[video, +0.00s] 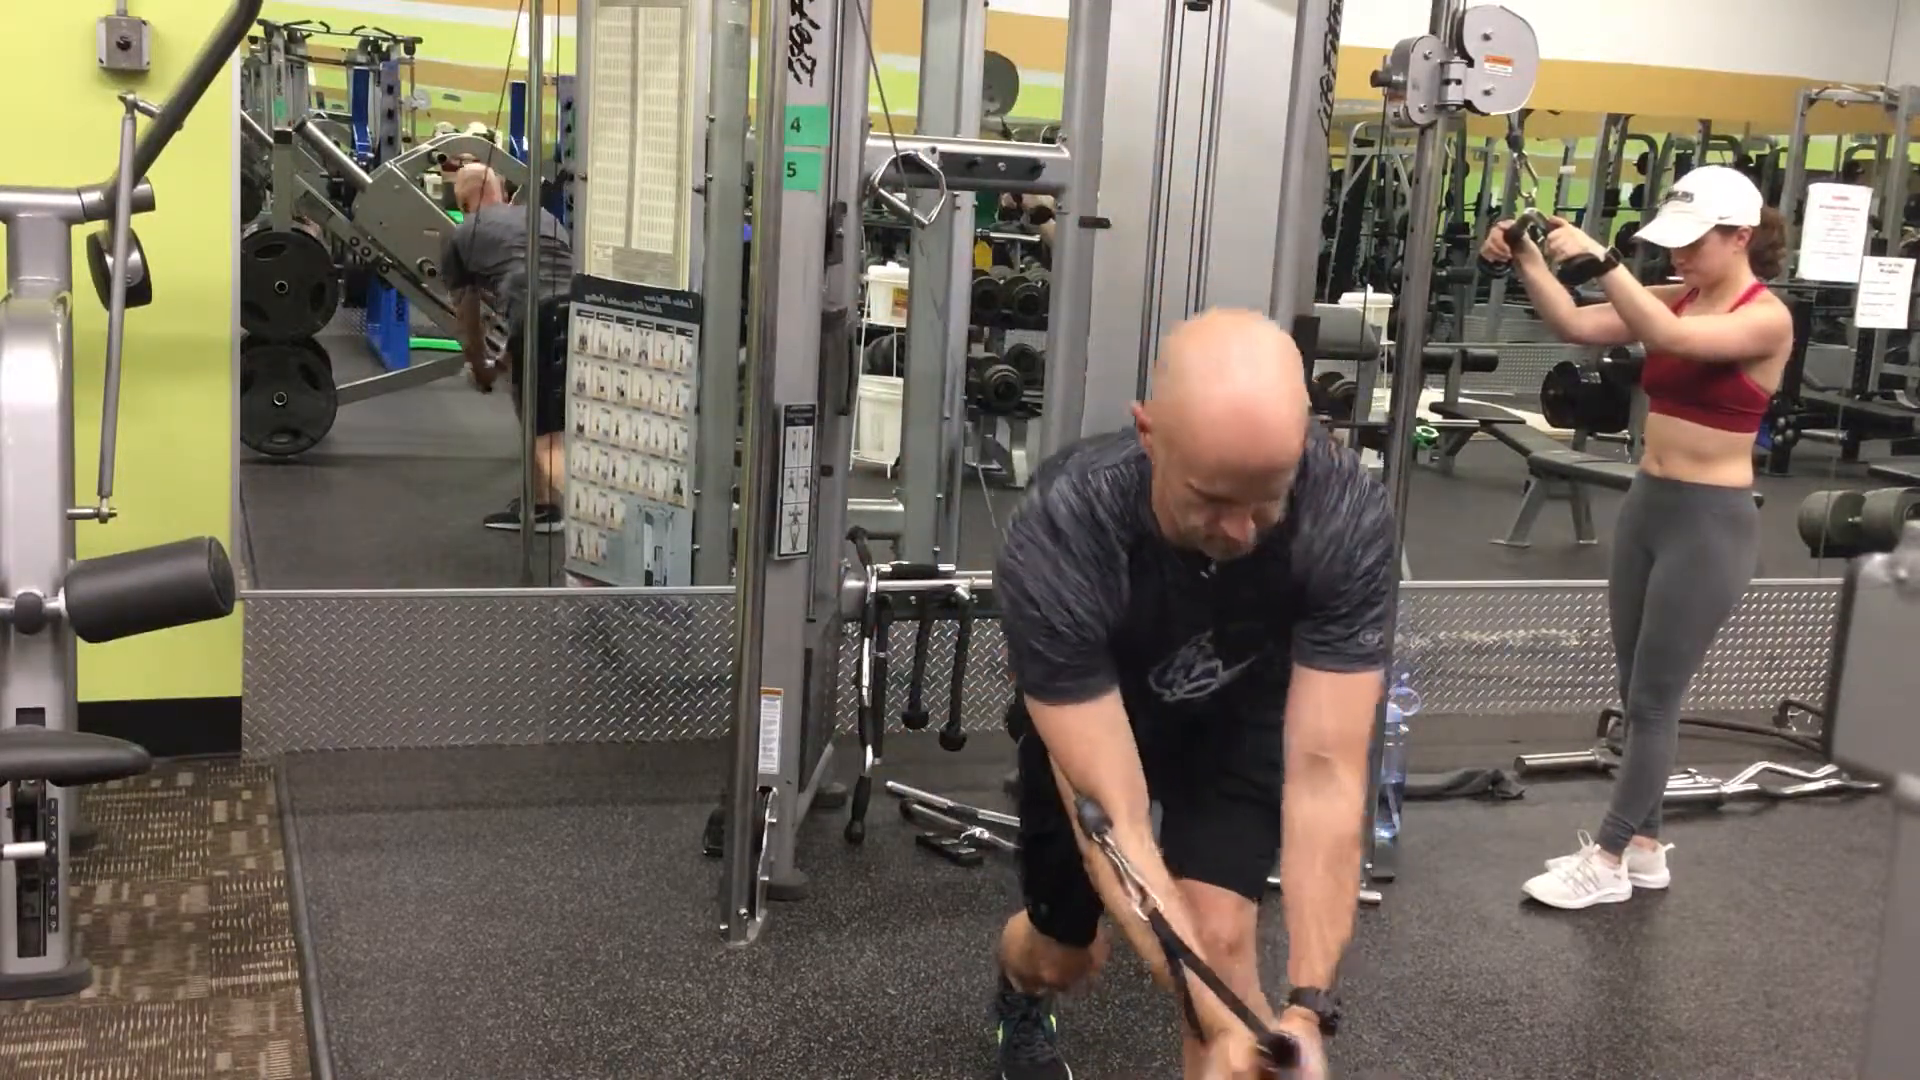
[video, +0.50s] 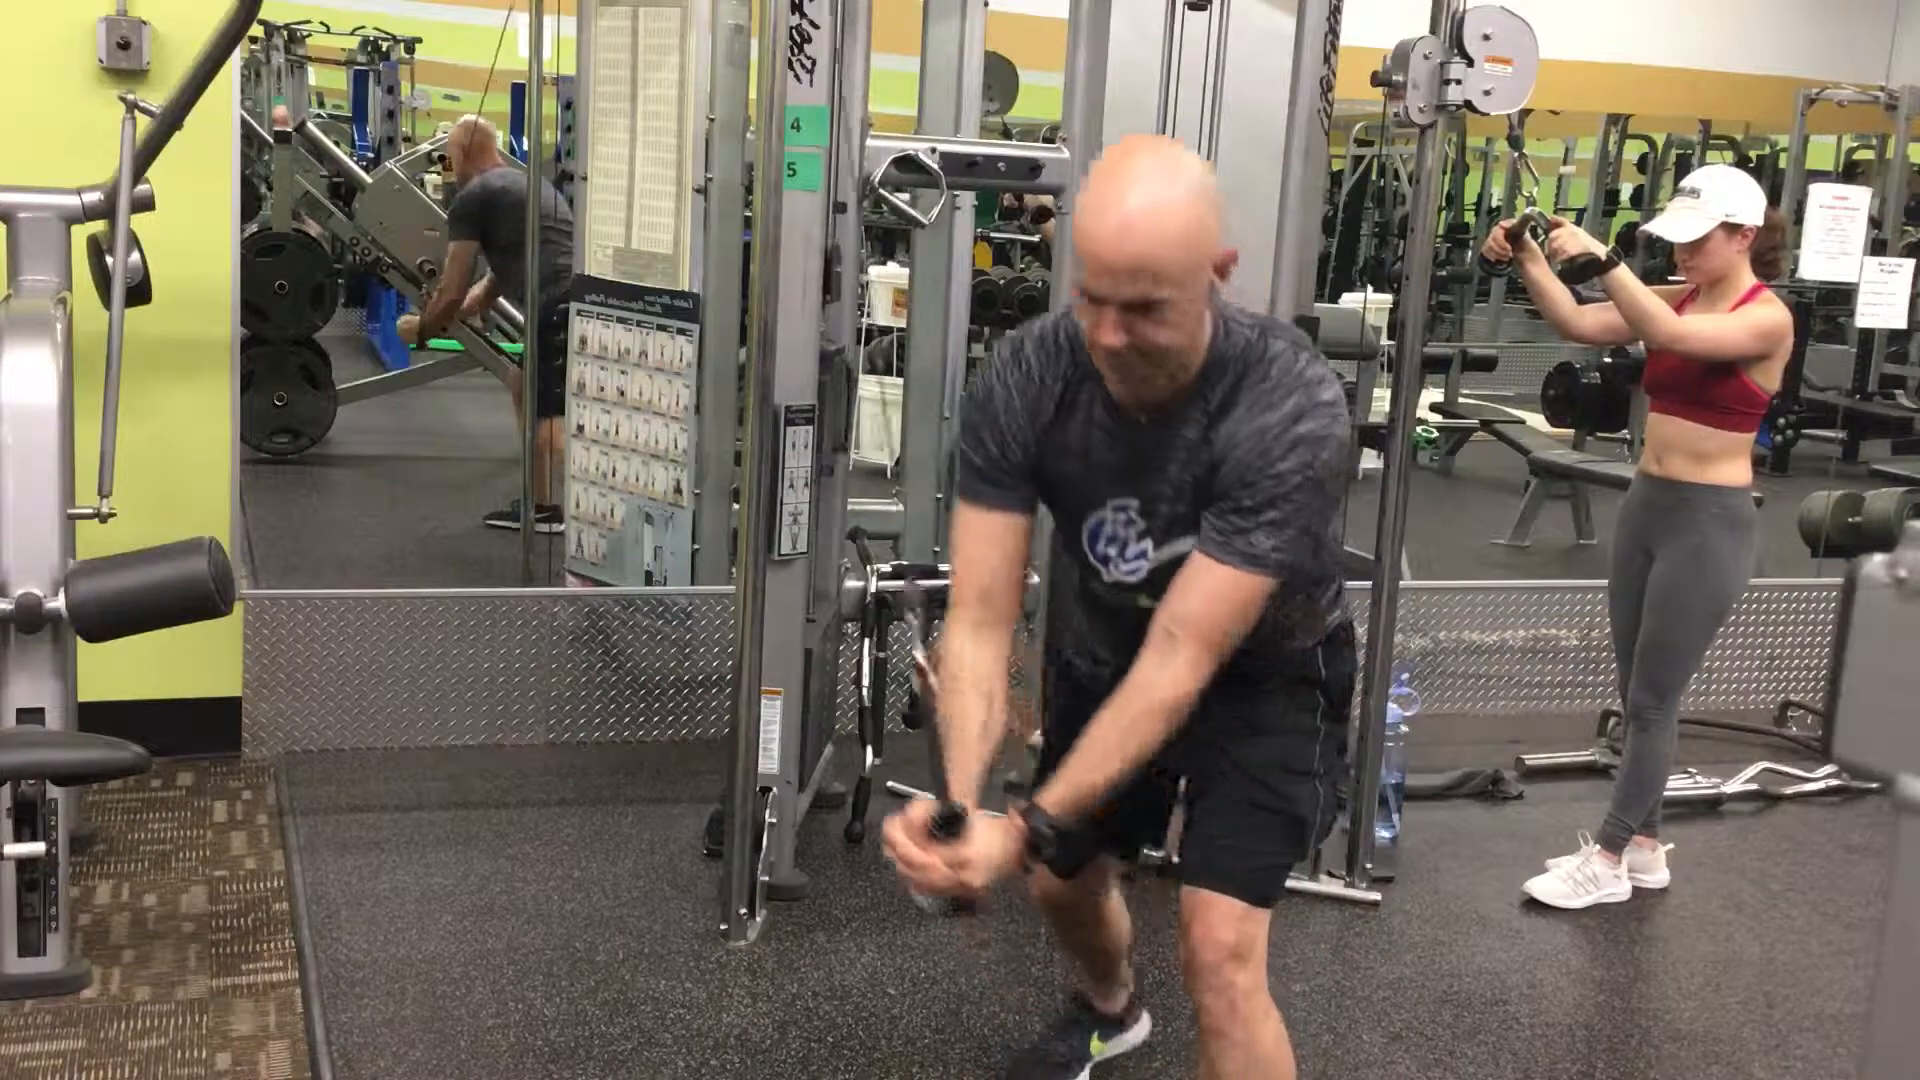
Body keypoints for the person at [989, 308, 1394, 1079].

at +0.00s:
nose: (1241, 530)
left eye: (1267, 499)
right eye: (1210, 500)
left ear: (1298, 444)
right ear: (1146, 434)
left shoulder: (1346, 518)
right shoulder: (1058, 535)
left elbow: (1328, 770)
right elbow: (1109, 821)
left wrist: (1310, 1004)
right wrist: (1222, 1022)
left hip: (1235, 721)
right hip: (1090, 707)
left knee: (1219, 940)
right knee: (1067, 960)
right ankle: (1020, 992)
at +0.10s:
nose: (1222, 489)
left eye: (1248, 455)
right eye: (1191, 459)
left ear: (1287, 384)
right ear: (1132, 393)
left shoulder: (1340, 495)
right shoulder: (1052, 500)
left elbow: (1300, 753)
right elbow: (1079, 780)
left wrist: (1253, 979)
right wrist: (1156, 987)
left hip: (1241, 732)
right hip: (1105, 723)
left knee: (1221, 953)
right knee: (1058, 944)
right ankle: (1033, 997)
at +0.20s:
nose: (1194, 449)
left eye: (1226, 420)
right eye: (1166, 414)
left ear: (1279, 356)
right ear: (1121, 351)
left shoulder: (1334, 475)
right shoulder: (1046, 466)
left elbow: (1269, 734)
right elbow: (1051, 738)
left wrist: (1187, 945)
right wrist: (1087, 931)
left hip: (1251, 715)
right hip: (1109, 705)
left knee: (1230, 960)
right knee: (1054, 923)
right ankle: (1044, 995)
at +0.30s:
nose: (1167, 406)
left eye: (1202, 378)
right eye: (1142, 370)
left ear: (1261, 333)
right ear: (1108, 316)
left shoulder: (1322, 453)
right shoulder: (1033, 436)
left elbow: (1236, 707)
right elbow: (1023, 696)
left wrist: (1124, 907)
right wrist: (1035, 888)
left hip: (1267, 694)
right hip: (1107, 686)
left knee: (1222, 947)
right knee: (1054, 900)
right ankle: (1061, 1004)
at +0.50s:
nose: (1109, 336)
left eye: (1145, 311)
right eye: (1091, 302)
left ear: (1219, 274)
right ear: (1071, 260)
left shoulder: (1291, 403)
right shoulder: (1022, 378)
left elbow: (1181, 655)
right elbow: (980, 616)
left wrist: (1032, 823)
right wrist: (962, 797)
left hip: (1262, 672)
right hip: (1102, 653)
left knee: (1219, 946)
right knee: (1060, 874)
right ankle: (1114, 1012)